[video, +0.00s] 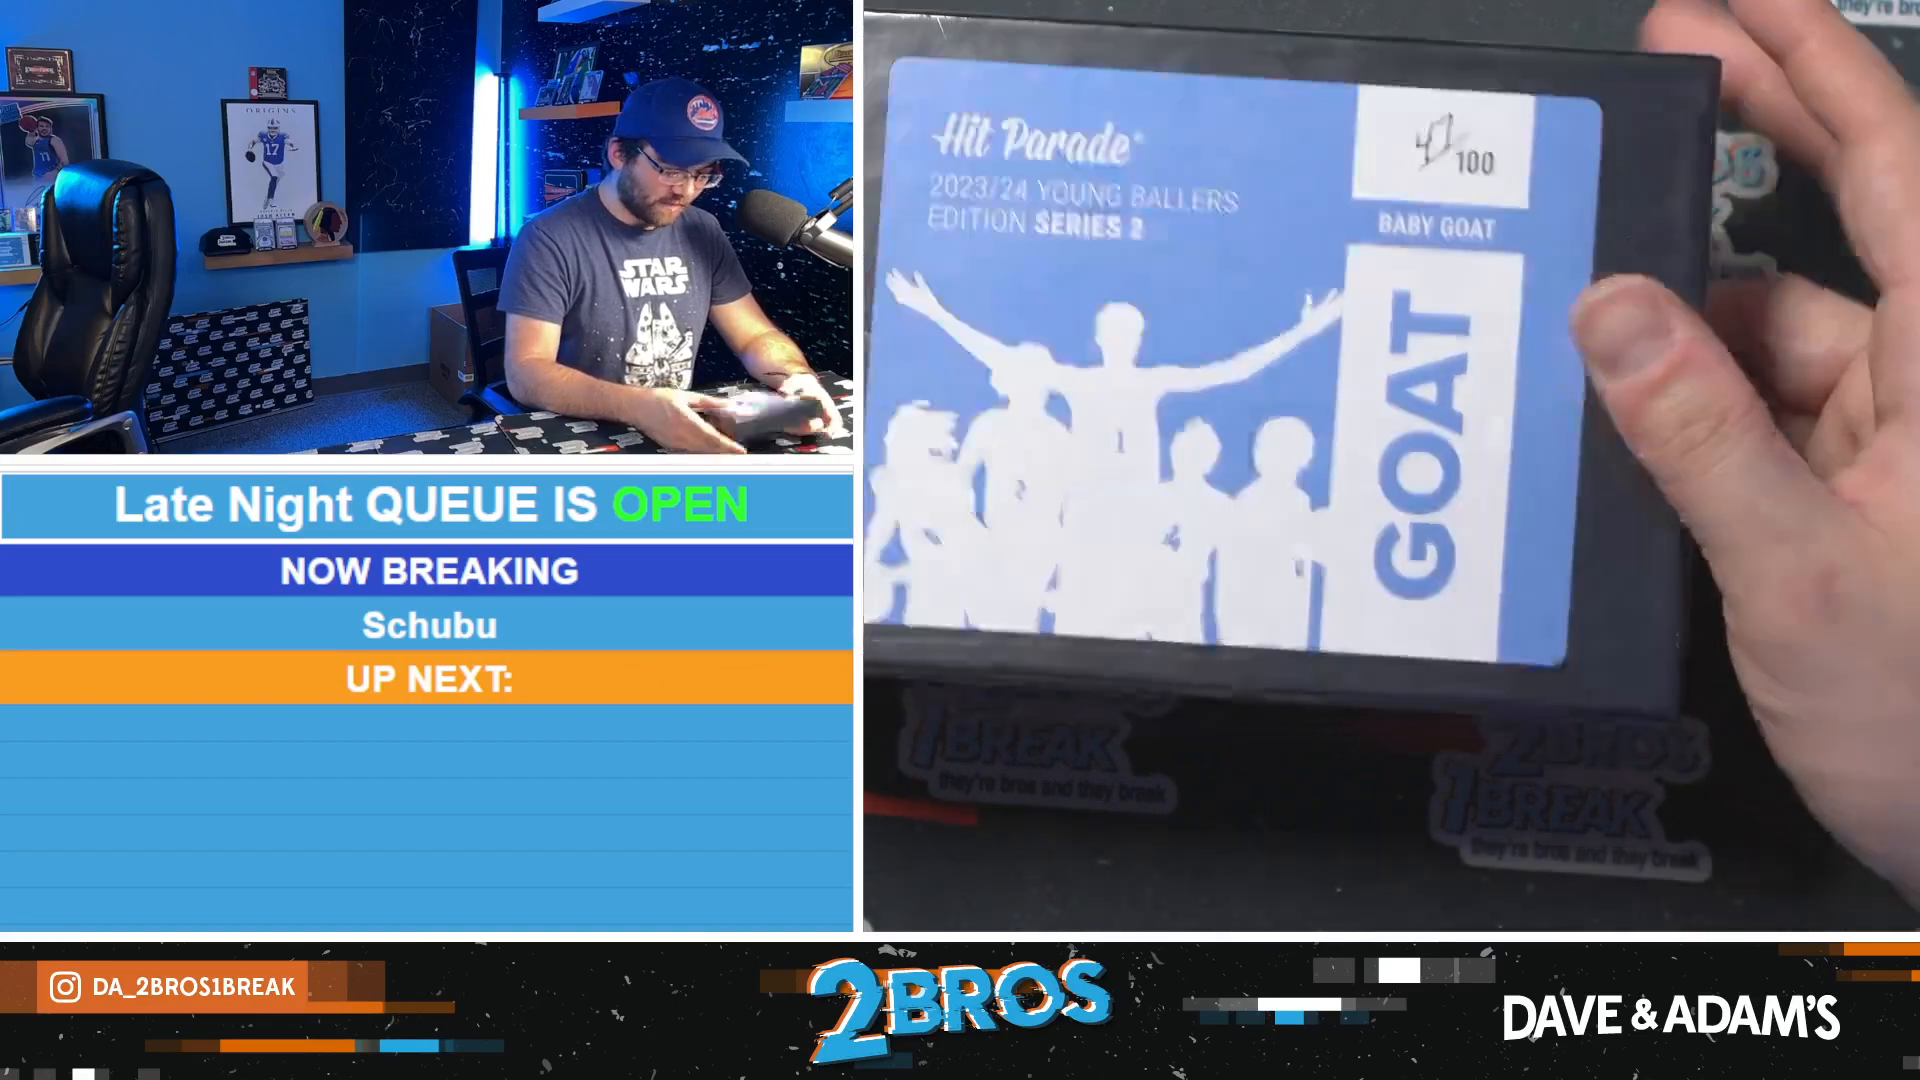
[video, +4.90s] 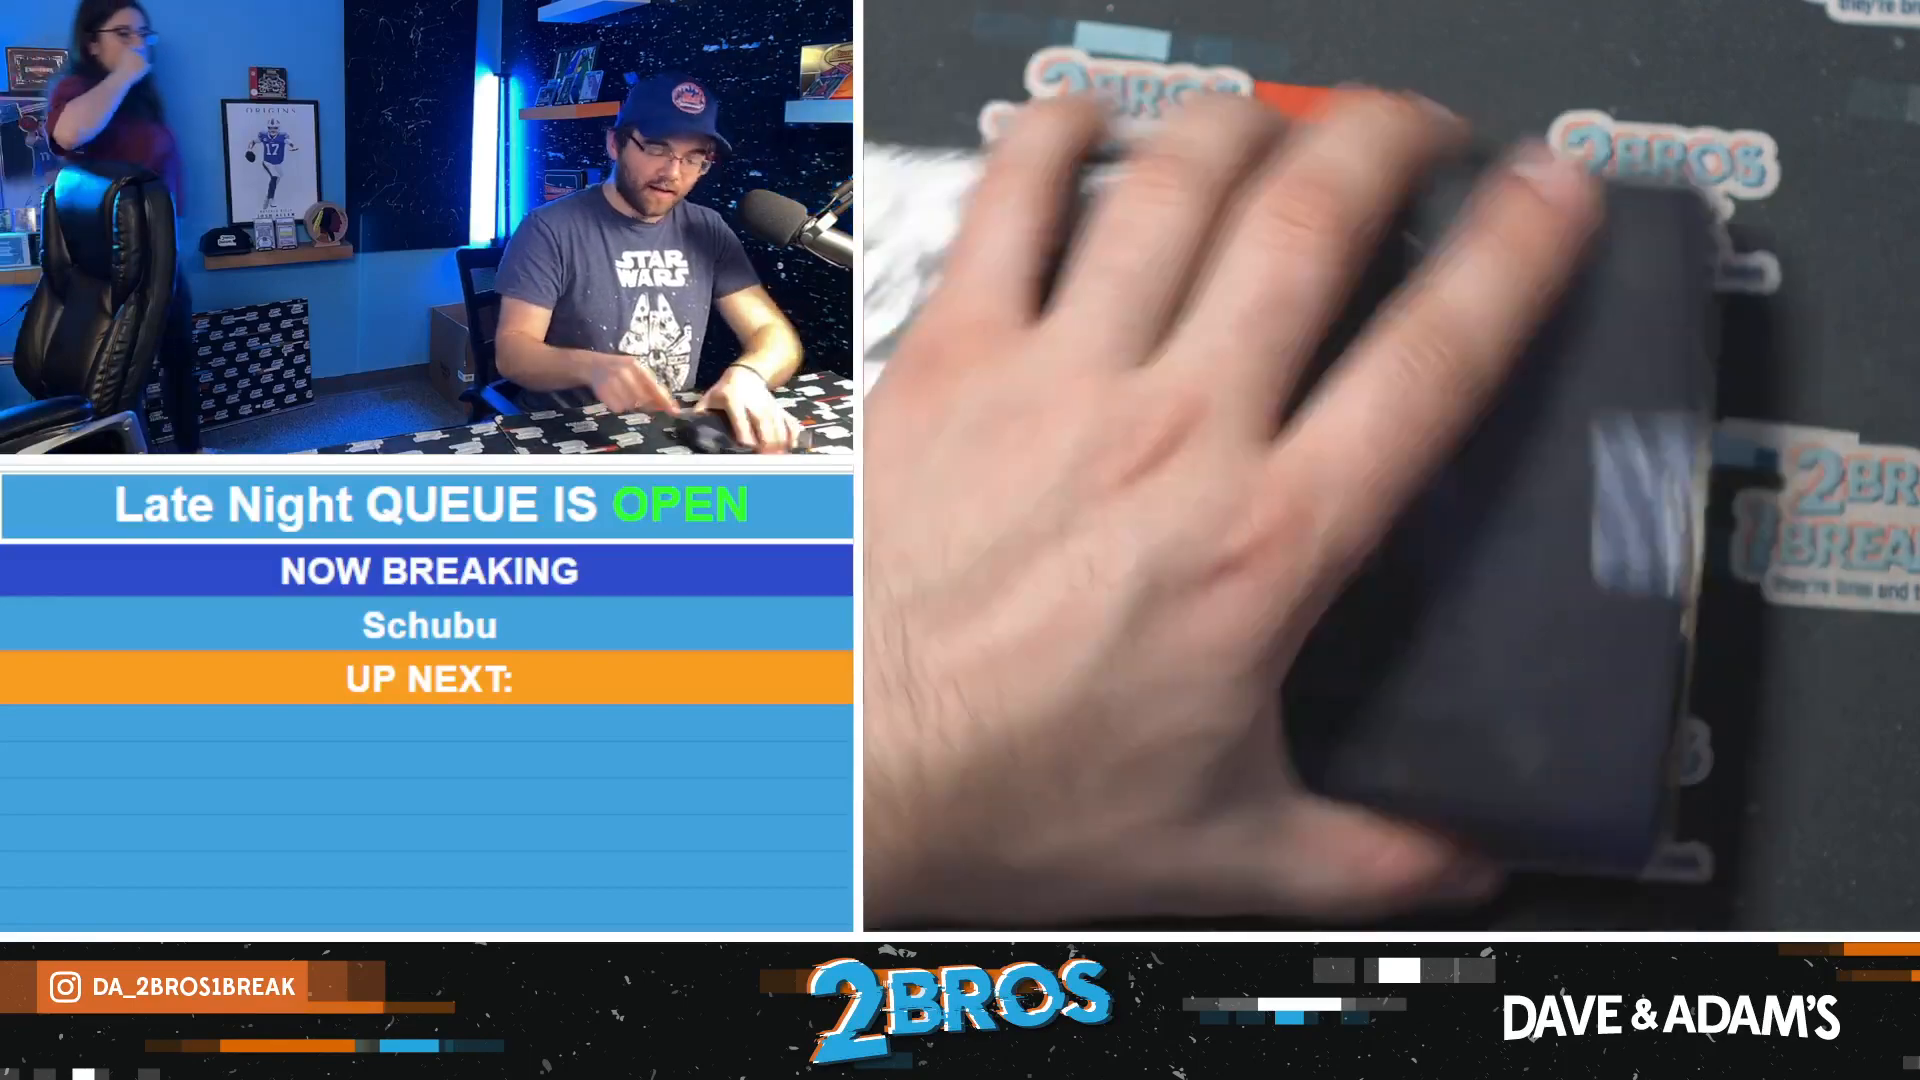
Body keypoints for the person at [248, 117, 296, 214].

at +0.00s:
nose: (273, 130)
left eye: (275, 128)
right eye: (271, 128)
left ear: (278, 128)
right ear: (268, 128)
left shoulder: (283, 136)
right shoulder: (263, 136)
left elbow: (290, 142)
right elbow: (254, 141)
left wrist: (292, 147)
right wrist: (250, 148)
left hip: (279, 164)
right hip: (267, 162)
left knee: (275, 182)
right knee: (274, 176)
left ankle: (267, 200)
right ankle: (270, 199)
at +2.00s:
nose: (273, 130)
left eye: (275, 128)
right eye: (271, 128)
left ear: (278, 128)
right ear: (268, 128)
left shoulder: (282, 136)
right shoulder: (263, 136)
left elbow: (290, 143)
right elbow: (253, 141)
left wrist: (293, 147)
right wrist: (250, 149)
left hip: (279, 164)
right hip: (267, 162)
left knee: (275, 182)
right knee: (274, 176)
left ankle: (267, 200)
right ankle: (270, 199)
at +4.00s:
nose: (273, 130)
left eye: (275, 128)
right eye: (271, 128)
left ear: (278, 129)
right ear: (268, 128)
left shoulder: (283, 136)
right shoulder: (263, 136)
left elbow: (289, 142)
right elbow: (253, 142)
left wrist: (292, 146)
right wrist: (250, 148)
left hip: (279, 163)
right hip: (267, 162)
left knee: (276, 181)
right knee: (274, 176)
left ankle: (267, 200)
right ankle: (270, 199)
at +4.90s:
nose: (273, 131)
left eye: (275, 129)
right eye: (271, 129)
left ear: (278, 129)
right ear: (268, 129)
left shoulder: (283, 137)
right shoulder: (264, 137)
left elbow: (290, 143)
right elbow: (253, 142)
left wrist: (293, 147)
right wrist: (250, 147)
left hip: (278, 163)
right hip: (267, 162)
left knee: (277, 180)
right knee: (275, 176)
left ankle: (268, 198)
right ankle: (271, 199)